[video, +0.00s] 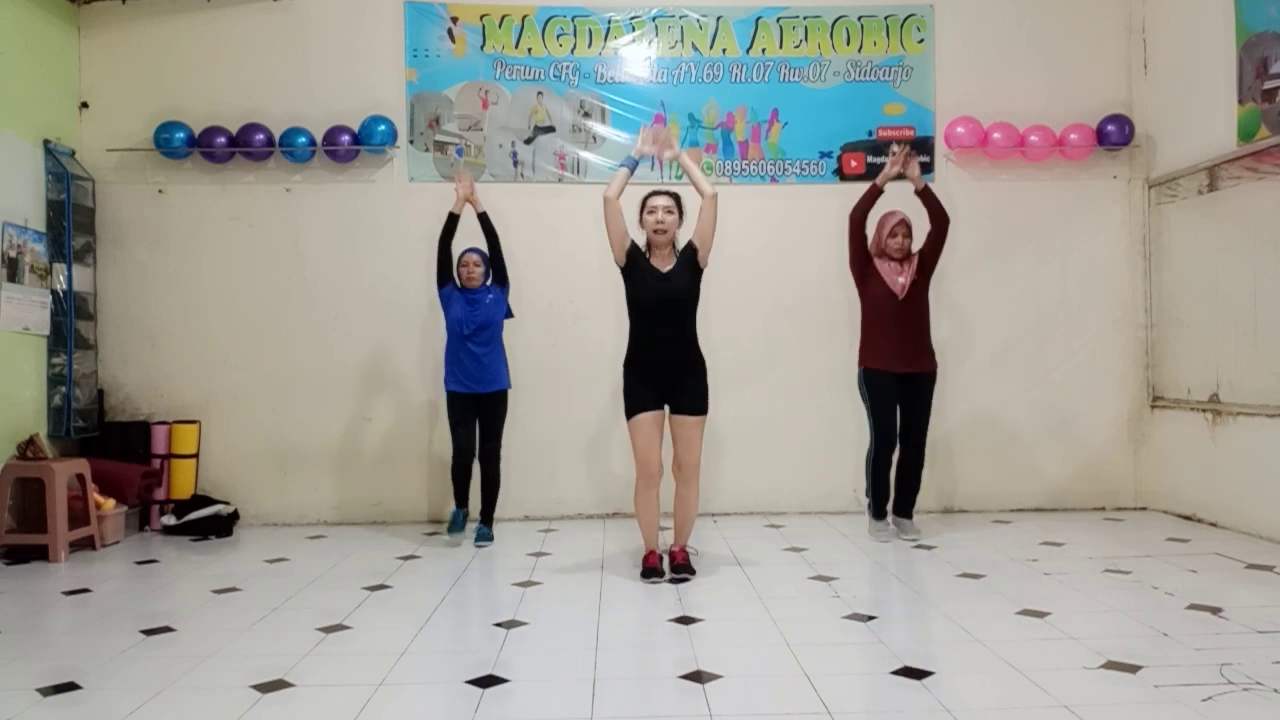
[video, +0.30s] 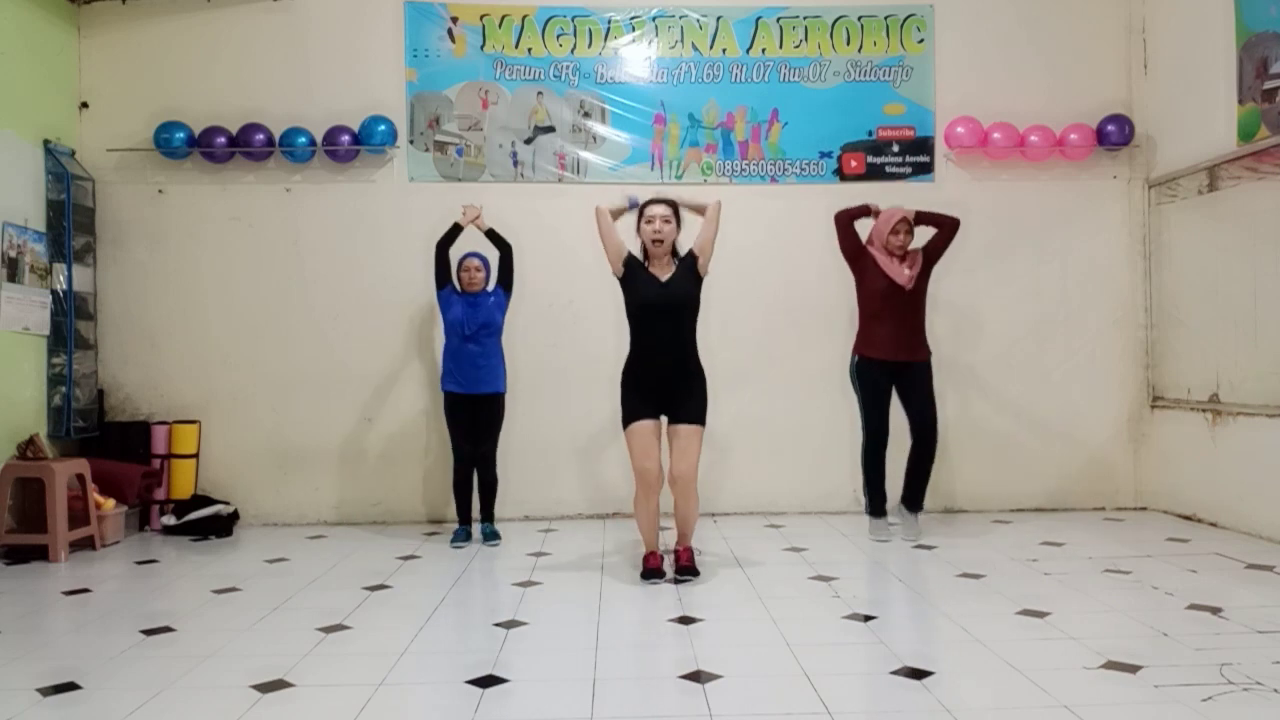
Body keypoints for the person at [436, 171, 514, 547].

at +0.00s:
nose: (469, 269)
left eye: (476, 265)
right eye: (465, 264)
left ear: (486, 270)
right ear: (457, 271)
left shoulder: (496, 293)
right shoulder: (450, 295)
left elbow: (497, 249)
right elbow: (443, 249)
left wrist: (476, 204)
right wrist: (458, 206)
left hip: (493, 386)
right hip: (459, 386)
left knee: (489, 456)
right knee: (462, 453)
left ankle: (486, 522)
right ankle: (460, 510)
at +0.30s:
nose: (471, 274)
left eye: (477, 270)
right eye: (466, 270)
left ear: (486, 276)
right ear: (458, 275)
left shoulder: (498, 300)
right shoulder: (449, 300)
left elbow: (507, 251)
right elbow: (440, 250)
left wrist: (483, 226)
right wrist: (461, 223)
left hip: (490, 390)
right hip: (457, 390)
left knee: (486, 459)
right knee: (463, 460)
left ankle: (488, 523)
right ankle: (463, 525)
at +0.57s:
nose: (473, 249)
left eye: (479, 245)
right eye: (468, 246)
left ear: (489, 252)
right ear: (461, 252)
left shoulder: (499, 278)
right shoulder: (453, 279)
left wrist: (478, 203)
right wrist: (460, 207)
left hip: (493, 366)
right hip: (459, 367)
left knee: (490, 439)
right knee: (463, 439)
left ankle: (491, 511)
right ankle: (464, 511)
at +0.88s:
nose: (477, 277)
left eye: (484, 273)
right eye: (472, 273)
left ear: (493, 281)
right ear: (464, 280)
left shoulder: (506, 315)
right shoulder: (452, 315)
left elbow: (500, 356)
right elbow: (451, 362)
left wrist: (489, 396)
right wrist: (468, 396)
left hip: (495, 399)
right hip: (459, 399)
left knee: (492, 463)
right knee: (467, 464)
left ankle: (491, 527)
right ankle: (473, 526)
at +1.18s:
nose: (477, 271)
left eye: (484, 267)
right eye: (472, 267)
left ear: (493, 276)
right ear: (464, 275)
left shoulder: (506, 309)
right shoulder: (454, 311)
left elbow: (522, 354)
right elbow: (429, 353)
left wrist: (534, 397)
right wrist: (432, 321)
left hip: (498, 398)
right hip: (463, 399)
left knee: (494, 464)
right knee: (470, 465)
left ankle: (493, 527)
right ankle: (472, 527)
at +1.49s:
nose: (477, 269)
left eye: (483, 264)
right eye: (471, 265)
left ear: (493, 272)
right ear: (463, 272)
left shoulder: (506, 306)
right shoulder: (455, 303)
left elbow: (517, 346)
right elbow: (440, 293)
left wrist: (523, 381)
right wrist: (452, 268)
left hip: (499, 392)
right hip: (464, 392)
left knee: (497, 458)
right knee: (470, 459)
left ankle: (499, 518)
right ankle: (472, 525)